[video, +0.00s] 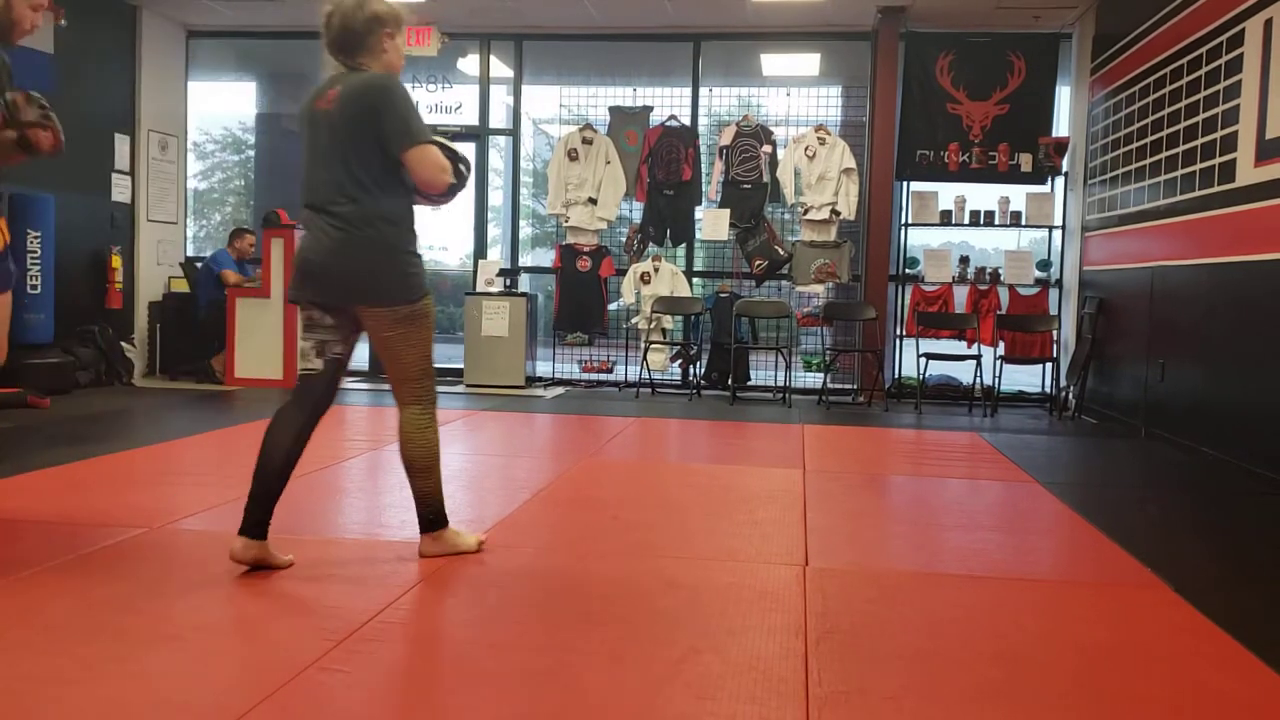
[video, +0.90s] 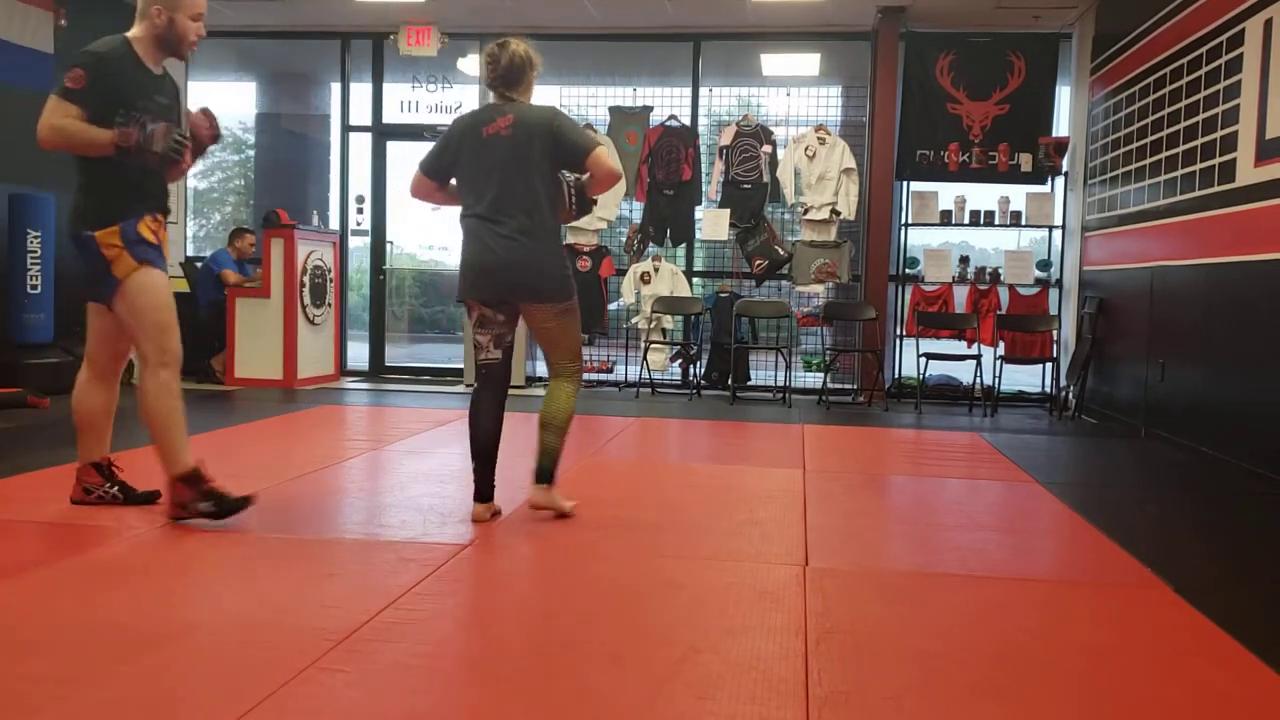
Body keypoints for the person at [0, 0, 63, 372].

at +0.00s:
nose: (37, 23)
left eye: (42, 15)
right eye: (35, 10)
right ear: (10, 2)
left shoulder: (6, 62)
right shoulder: (4, 61)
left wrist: (23, 140)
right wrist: (19, 140)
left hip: (2, 205)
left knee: (5, 277)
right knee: (4, 278)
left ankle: (4, 377)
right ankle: (4, 376)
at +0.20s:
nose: (58, 15)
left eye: (60, 8)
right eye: (56, 4)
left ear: (30, 6)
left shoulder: (11, 54)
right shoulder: (6, 52)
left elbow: (4, 119)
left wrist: (25, 123)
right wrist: (21, 122)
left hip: (8, 202)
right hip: (4, 203)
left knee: (42, 332)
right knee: (39, 332)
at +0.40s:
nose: (85, 34)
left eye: (87, 24)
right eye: (85, 22)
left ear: (52, 12)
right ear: (59, 12)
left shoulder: (29, 65)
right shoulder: (6, 51)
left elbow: (53, 150)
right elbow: (22, 134)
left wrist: (80, 87)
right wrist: (92, 105)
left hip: (23, 230)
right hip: (11, 232)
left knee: (49, 356)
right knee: (45, 356)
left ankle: (83, 468)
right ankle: (83, 468)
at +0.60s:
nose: (140, 39)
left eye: (142, 29)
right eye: (138, 26)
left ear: (107, 18)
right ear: (111, 18)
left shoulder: (83, 71)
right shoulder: (49, 54)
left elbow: (90, 149)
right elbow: (29, 129)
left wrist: (131, 115)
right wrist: (106, 140)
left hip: (85, 229)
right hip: (40, 230)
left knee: (85, 362)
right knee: (35, 360)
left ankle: (90, 475)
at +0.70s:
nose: (165, 35)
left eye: (167, 24)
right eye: (160, 21)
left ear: (127, 17)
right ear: (124, 13)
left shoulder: (114, 73)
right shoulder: (69, 52)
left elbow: (106, 150)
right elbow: (24, 120)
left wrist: (150, 138)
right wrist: (104, 141)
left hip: (106, 218)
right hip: (70, 218)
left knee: (104, 351)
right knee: (94, 348)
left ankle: (92, 475)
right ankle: (7, 444)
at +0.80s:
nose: (184, 32)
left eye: (186, 21)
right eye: (179, 18)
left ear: (144, 15)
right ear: (141, 9)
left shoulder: (142, 79)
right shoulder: (88, 49)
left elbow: (140, 160)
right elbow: (30, 115)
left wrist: (172, 132)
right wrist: (119, 131)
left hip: (119, 217)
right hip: (91, 216)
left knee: (99, 357)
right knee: (142, 337)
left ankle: (93, 475)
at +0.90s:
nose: (201, 32)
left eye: (203, 22)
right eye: (195, 19)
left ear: (168, 18)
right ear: (158, 12)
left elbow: (162, 171)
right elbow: (51, 130)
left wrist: (193, 146)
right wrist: (127, 137)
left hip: (138, 223)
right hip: (112, 225)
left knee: (103, 361)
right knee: (162, 352)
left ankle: (92, 476)